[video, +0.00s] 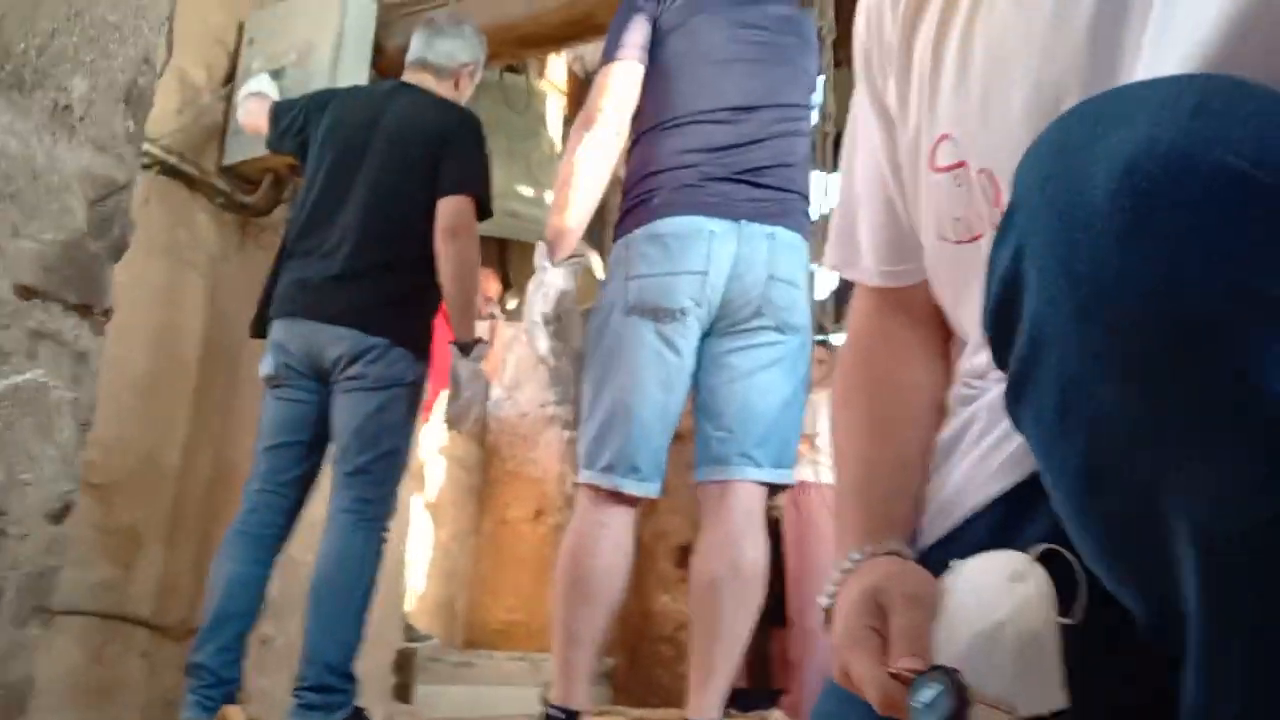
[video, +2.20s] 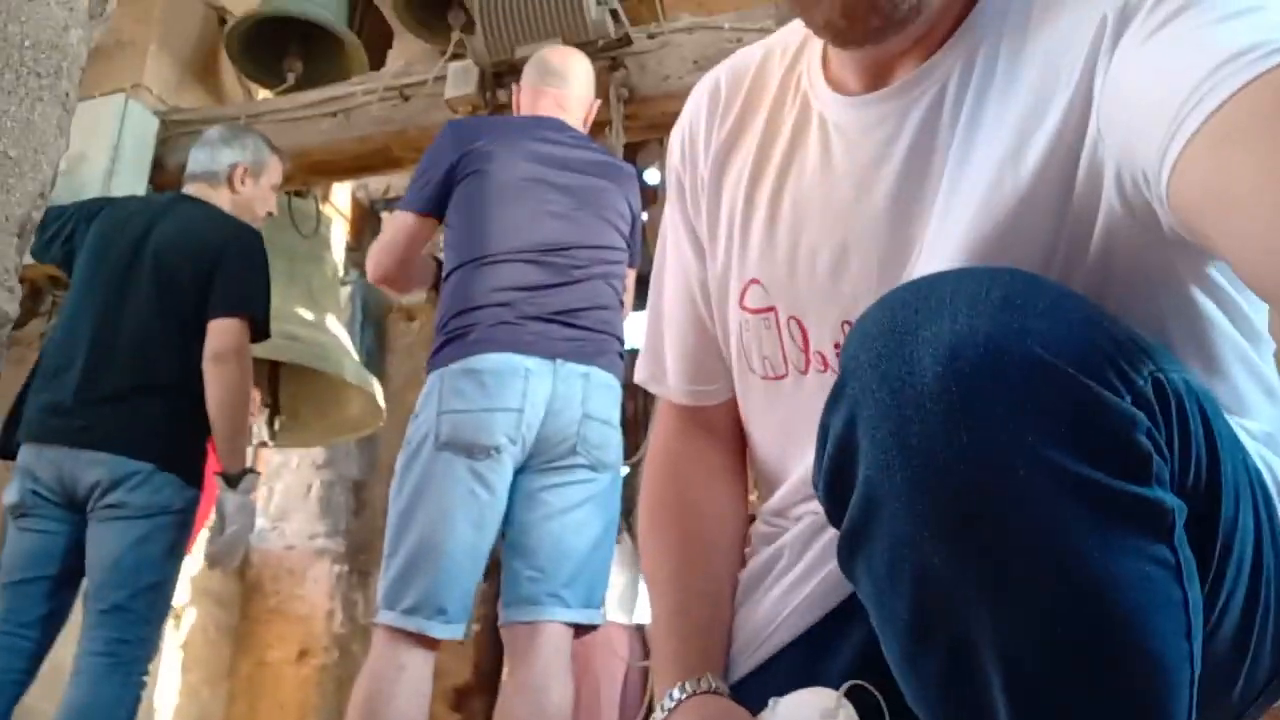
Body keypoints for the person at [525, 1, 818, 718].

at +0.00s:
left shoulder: (653, 6)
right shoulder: (802, 21)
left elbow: (607, 117)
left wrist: (557, 250)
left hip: (672, 233)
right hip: (781, 245)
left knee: (610, 491)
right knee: (740, 494)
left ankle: (567, 705)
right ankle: (706, 710)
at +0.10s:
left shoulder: (531, 3)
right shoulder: (672, 10)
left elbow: (490, 88)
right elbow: (662, 123)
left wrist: (438, 219)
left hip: (548, 213)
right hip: (654, 225)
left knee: (485, 471)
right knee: (615, 473)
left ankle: (436, 692)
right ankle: (577, 699)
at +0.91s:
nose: (516, 45)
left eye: (525, 32)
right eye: (524, 33)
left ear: (549, 33)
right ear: (600, 56)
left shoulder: (494, 84)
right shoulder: (636, 117)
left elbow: (446, 201)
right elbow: (630, 234)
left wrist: (400, 323)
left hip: (509, 317)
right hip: (617, 331)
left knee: (442, 570)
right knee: (575, 569)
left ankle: (402, 717)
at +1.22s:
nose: (527, 125)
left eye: (529, 116)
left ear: (535, 115)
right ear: (610, 133)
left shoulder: (507, 150)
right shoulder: (646, 183)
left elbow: (465, 264)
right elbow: (638, 298)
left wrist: (416, 395)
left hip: (525, 384)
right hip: (633, 395)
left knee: (462, 631)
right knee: (595, 631)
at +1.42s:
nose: (614, 105)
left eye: (615, 97)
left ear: (619, 96)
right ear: (698, 111)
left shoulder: (589, 128)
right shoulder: (732, 160)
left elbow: (547, 239)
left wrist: (506, 371)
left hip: (610, 359)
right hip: (719, 368)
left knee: (550, 609)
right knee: (683, 608)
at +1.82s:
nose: (575, 114)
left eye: (576, 106)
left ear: (581, 107)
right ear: (658, 120)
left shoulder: (547, 139)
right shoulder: (695, 171)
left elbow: (495, 268)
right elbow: (701, 294)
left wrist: (468, 375)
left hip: (565, 372)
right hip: (676, 382)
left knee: (501, 623)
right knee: (634, 621)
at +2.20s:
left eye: (518, 94)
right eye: (592, 108)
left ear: (514, 97)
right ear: (592, 113)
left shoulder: (468, 135)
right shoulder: (622, 175)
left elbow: (387, 267)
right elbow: (623, 297)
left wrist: (438, 271)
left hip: (484, 370)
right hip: (594, 388)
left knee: (410, 628)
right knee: (544, 630)